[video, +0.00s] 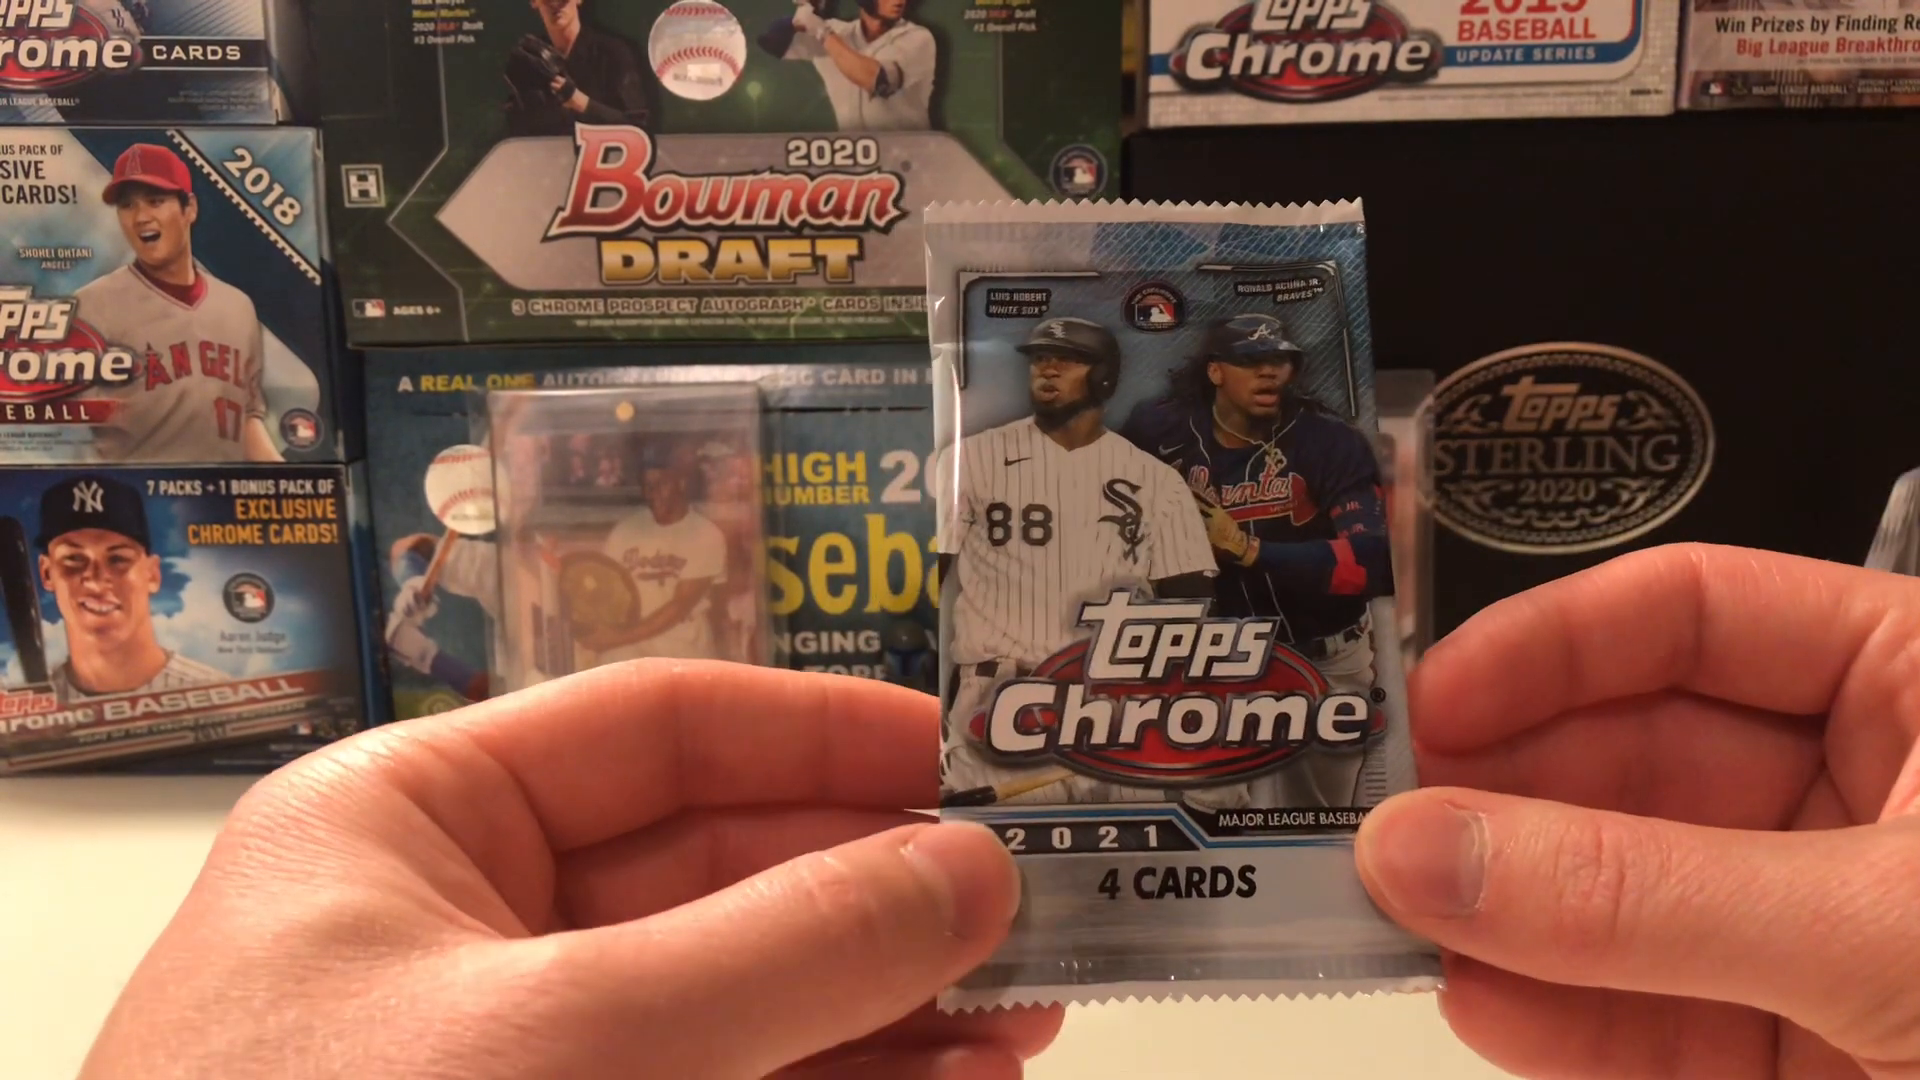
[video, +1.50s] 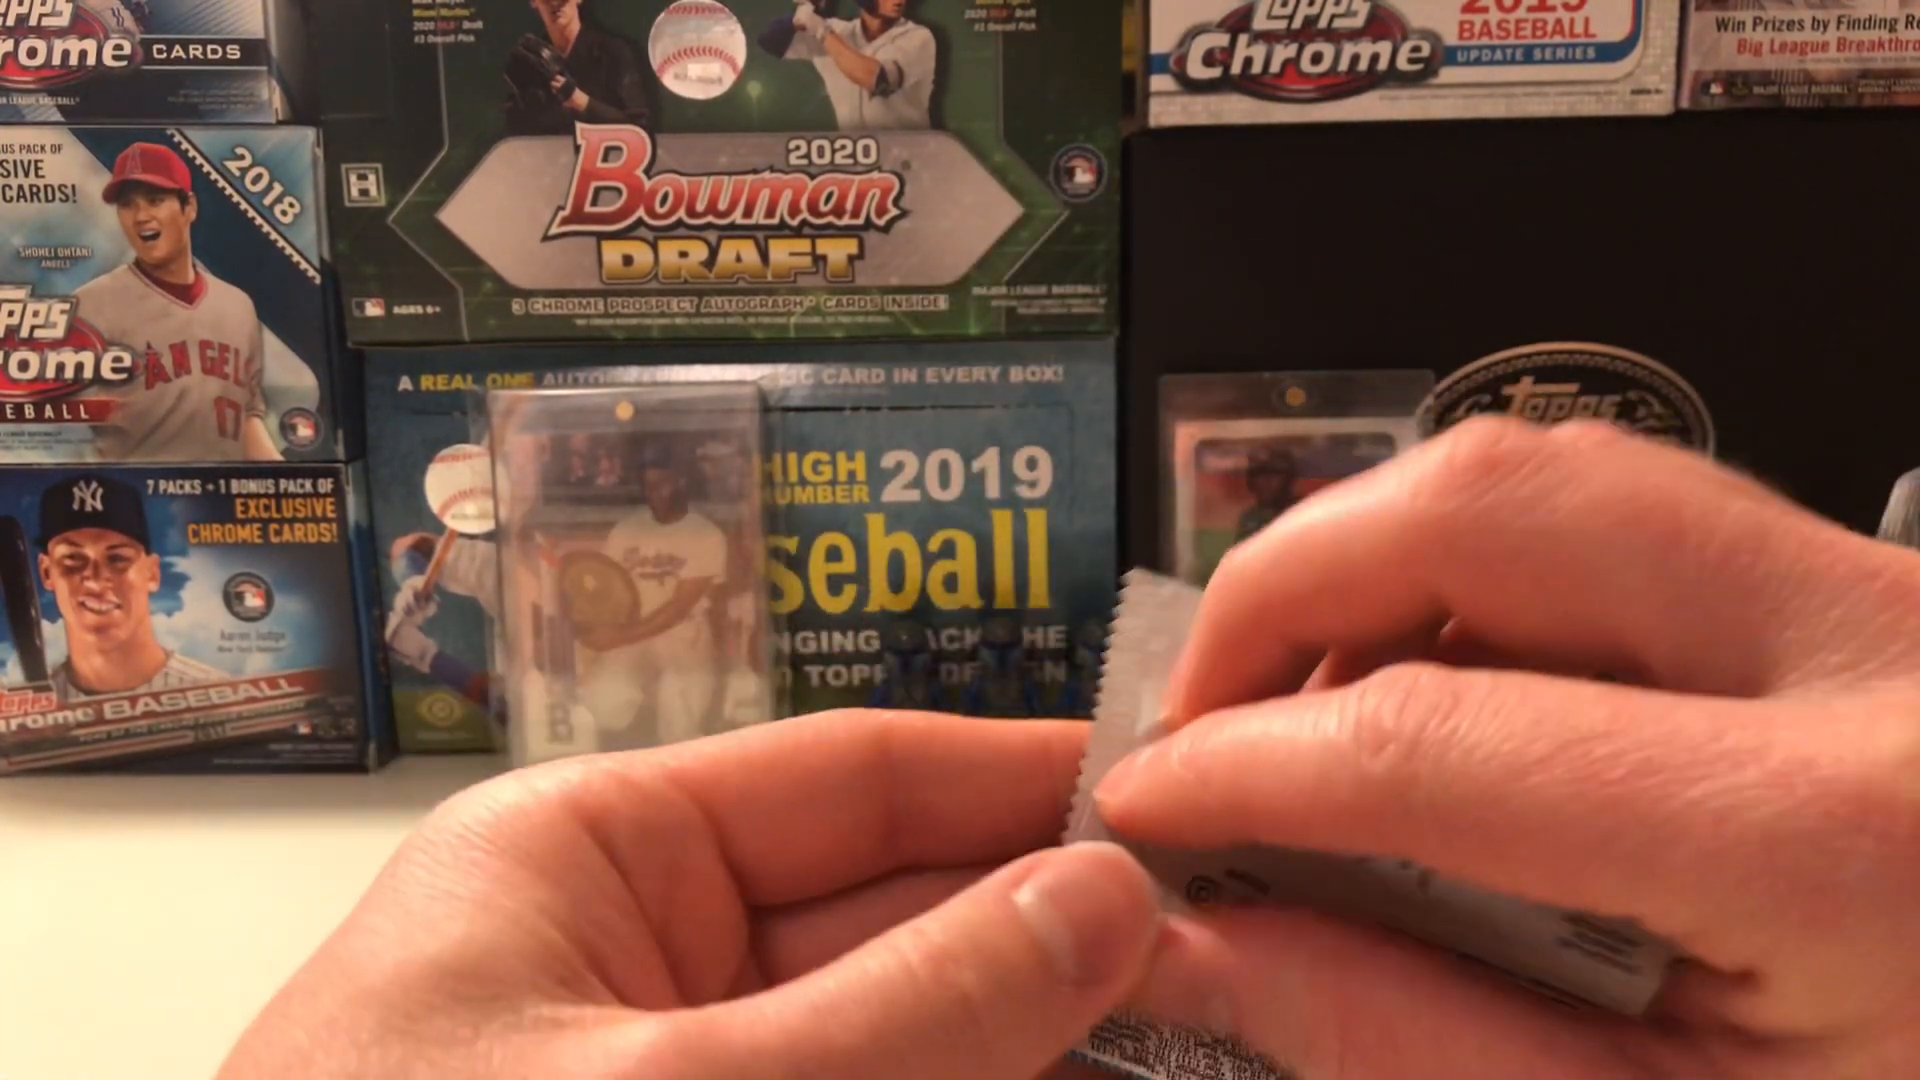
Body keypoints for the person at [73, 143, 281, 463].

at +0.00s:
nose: (142, 217)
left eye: (156, 200)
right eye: (128, 204)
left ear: (189, 210)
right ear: (118, 217)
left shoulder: (239, 307)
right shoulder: (92, 307)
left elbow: (248, 415)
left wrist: (282, 482)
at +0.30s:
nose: (142, 216)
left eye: (156, 199)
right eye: (128, 203)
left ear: (189, 209)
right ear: (118, 216)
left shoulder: (239, 307)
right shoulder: (91, 307)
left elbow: (248, 414)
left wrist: (282, 481)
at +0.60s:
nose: (142, 217)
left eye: (156, 200)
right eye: (129, 204)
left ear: (189, 210)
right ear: (118, 217)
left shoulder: (238, 307)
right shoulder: (91, 307)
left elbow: (248, 414)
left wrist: (283, 482)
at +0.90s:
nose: (142, 216)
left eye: (157, 200)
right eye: (128, 203)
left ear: (189, 209)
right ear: (118, 216)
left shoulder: (238, 306)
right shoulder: (90, 307)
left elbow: (248, 414)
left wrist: (283, 482)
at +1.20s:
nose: (142, 216)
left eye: (156, 200)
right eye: (128, 203)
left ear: (189, 209)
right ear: (118, 217)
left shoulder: (238, 306)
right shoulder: (90, 307)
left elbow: (248, 414)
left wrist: (282, 481)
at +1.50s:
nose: (142, 216)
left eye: (156, 200)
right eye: (129, 203)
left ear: (189, 209)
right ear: (118, 216)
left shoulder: (238, 306)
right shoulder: (91, 306)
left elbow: (248, 414)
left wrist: (282, 480)